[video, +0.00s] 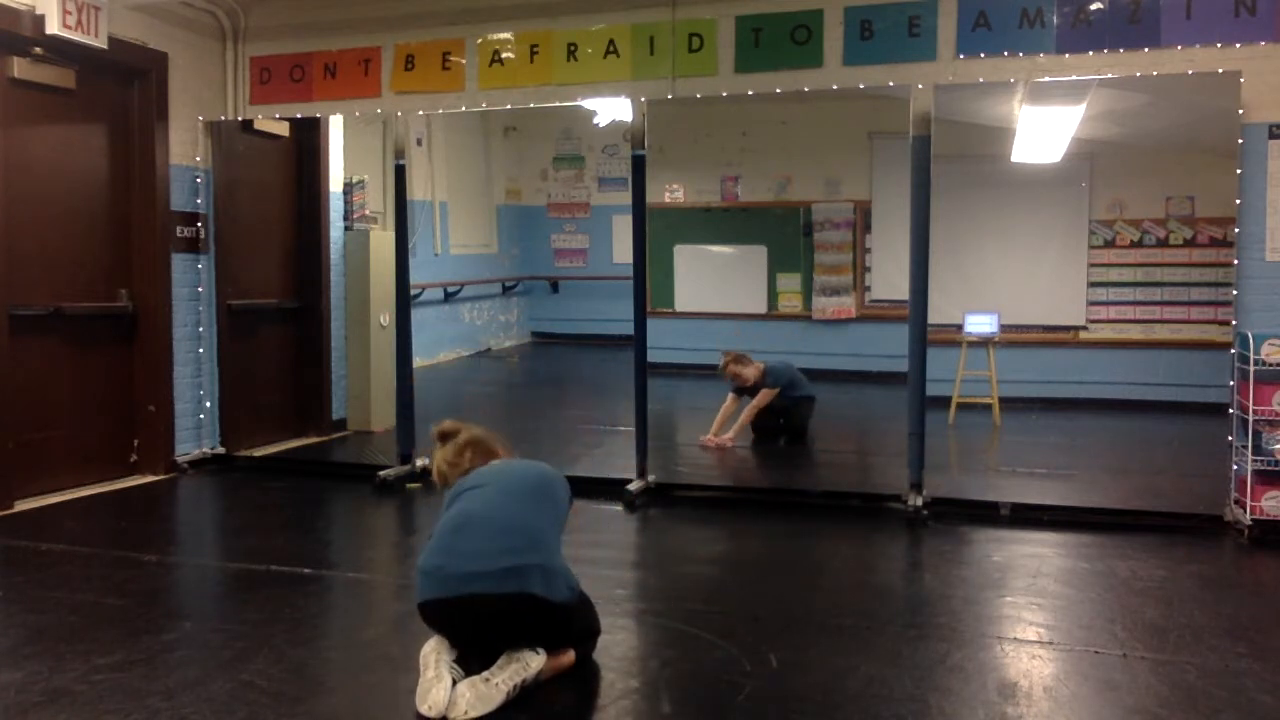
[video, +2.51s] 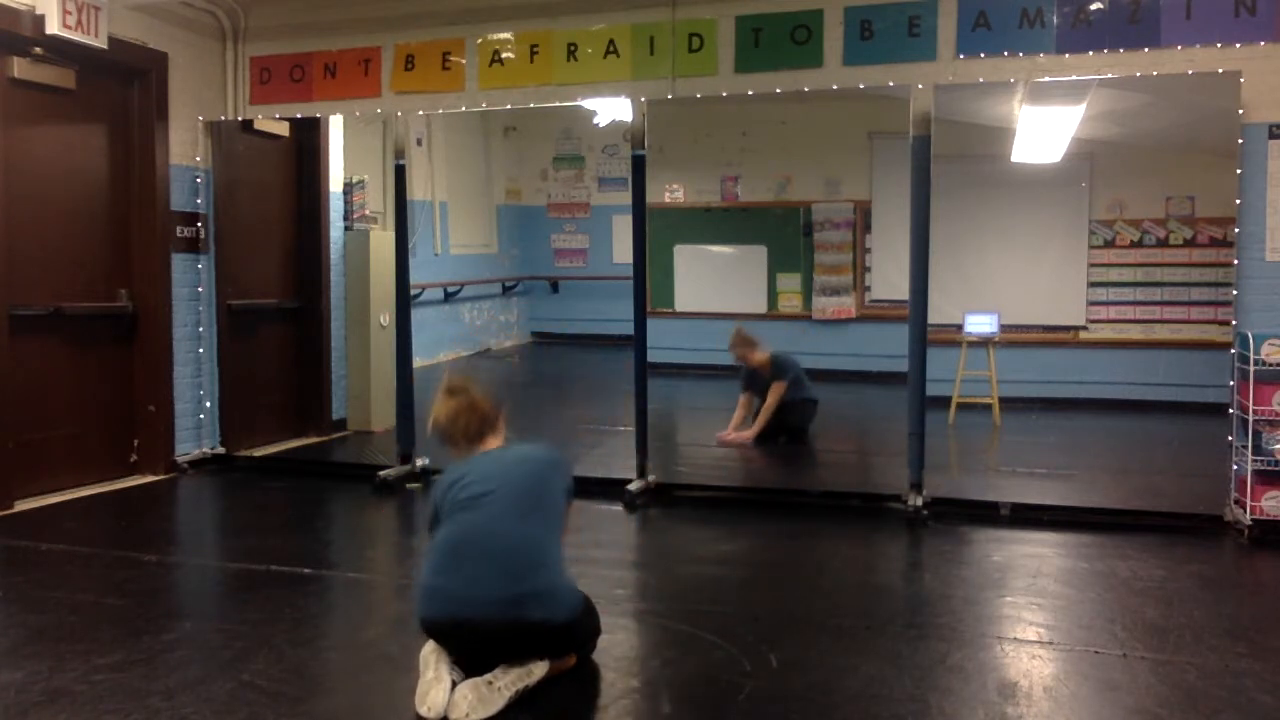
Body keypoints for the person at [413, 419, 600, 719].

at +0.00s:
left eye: (446, 483)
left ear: (456, 474)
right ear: (500, 455)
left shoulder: (458, 489)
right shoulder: (552, 476)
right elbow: (547, 545)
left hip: (441, 594)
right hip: (532, 589)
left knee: (486, 649)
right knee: (583, 638)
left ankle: (443, 660)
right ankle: (531, 666)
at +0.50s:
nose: (531, 381)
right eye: (529, 373)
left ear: (465, 381)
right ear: (522, 382)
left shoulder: (426, 445)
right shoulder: (544, 440)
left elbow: (394, 545)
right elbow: (583, 525)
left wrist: (448, 547)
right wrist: (555, 552)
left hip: (425, 627)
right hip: (514, 623)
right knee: (581, 624)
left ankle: (440, 675)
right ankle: (499, 685)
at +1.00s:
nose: (618, 435)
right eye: (619, 426)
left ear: (561, 405)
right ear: (611, 430)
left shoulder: (503, 446)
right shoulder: (585, 479)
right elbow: (592, 595)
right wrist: (614, 604)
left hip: (424, 604)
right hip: (507, 604)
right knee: (583, 629)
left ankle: (438, 666)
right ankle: (503, 681)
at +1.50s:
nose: (633, 516)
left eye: (637, 509)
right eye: (635, 506)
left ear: (587, 472)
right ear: (623, 489)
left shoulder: (531, 482)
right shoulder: (593, 501)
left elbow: (617, 558)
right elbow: (649, 567)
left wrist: (662, 589)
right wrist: (689, 601)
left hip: (433, 586)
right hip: (517, 583)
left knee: (490, 650)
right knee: (581, 636)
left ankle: (442, 663)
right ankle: (527, 666)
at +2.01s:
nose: (568, 388)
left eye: (564, 380)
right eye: (565, 381)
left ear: (503, 396)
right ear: (559, 391)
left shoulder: (468, 444)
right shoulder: (572, 451)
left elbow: (424, 529)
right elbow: (570, 560)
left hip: (432, 619)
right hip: (521, 616)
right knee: (582, 621)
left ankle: (444, 674)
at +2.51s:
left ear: (451, 440)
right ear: (499, 419)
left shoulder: (447, 481)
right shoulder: (549, 461)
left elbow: (437, 541)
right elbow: (559, 532)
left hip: (446, 616)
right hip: (540, 614)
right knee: (586, 630)